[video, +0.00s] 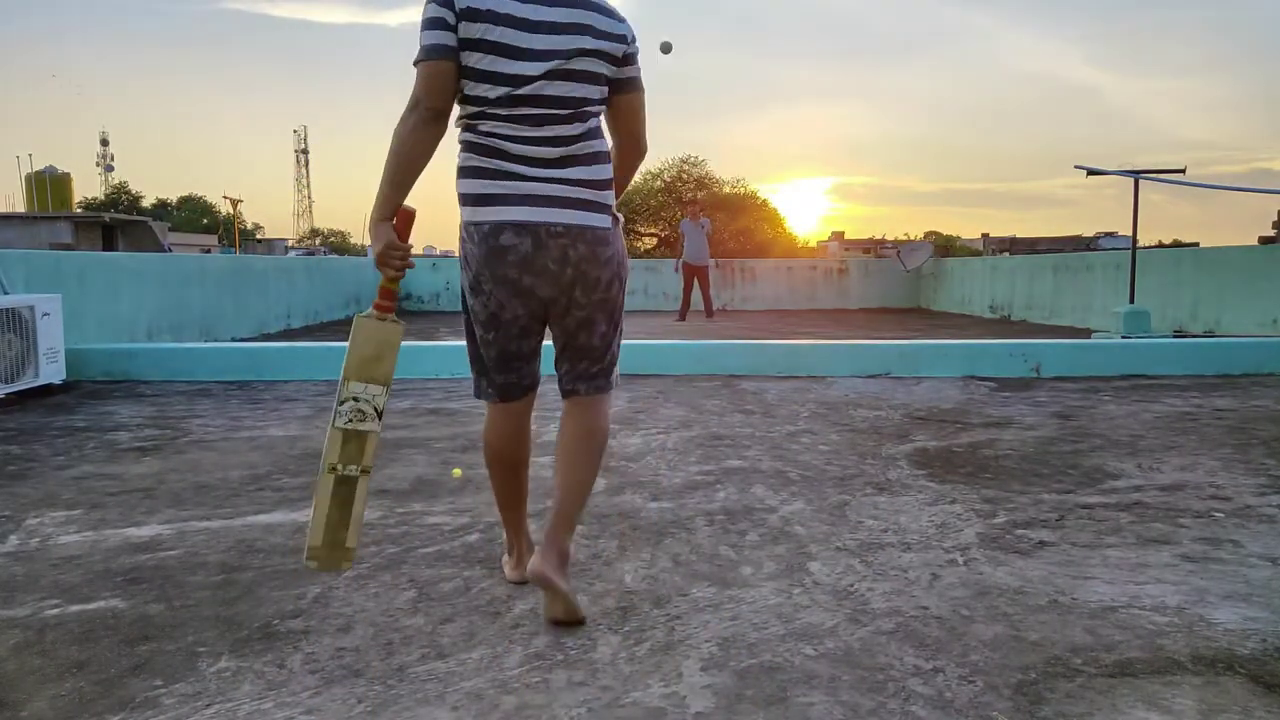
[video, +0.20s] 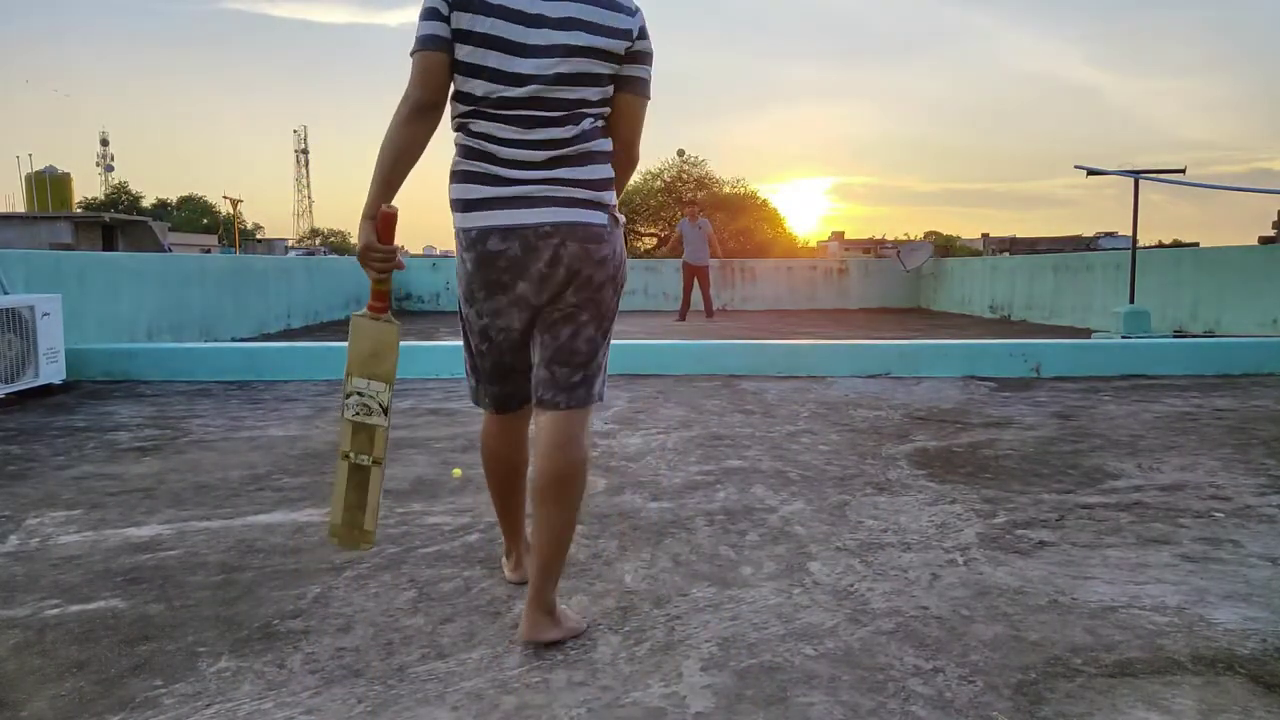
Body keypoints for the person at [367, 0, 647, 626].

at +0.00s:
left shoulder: (456, 7)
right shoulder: (608, 19)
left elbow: (429, 109)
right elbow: (632, 143)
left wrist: (383, 212)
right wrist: (592, 200)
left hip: (498, 227)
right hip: (591, 228)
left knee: (509, 394)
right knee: (589, 390)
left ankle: (519, 545)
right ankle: (554, 552)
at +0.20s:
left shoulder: (454, 5)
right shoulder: (622, 15)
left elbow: (422, 102)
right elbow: (624, 148)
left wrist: (378, 201)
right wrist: (587, 203)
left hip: (490, 223)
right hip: (586, 223)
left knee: (504, 401)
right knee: (566, 409)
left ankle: (516, 550)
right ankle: (541, 610)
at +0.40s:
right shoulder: (624, 4)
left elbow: (409, 91)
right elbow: (641, 130)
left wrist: (373, 194)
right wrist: (664, 229)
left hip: (469, 216)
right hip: (568, 218)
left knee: (491, 398)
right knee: (550, 413)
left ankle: (501, 565)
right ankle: (538, 616)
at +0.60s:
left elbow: (389, 79)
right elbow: (649, 111)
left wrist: (364, 189)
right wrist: (746, 212)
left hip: (447, 216)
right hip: (553, 216)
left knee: (467, 402)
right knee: (541, 419)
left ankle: (427, 573)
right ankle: (540, 614)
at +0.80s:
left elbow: (363, 87)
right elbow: (586, 62)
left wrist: (369, 200)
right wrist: (701, 189)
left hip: (404, 219)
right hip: (520, 221)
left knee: (413, 436)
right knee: (530, 435)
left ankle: (367, 686)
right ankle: (543, 617)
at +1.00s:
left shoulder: (351, 1)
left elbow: (328, 101)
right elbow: (489, 30)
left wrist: (364, 196)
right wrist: (552, 195)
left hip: (352, 225)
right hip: (467, 232)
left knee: (362, 458)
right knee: (522, 445)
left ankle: (363, 701)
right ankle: (539, 632)